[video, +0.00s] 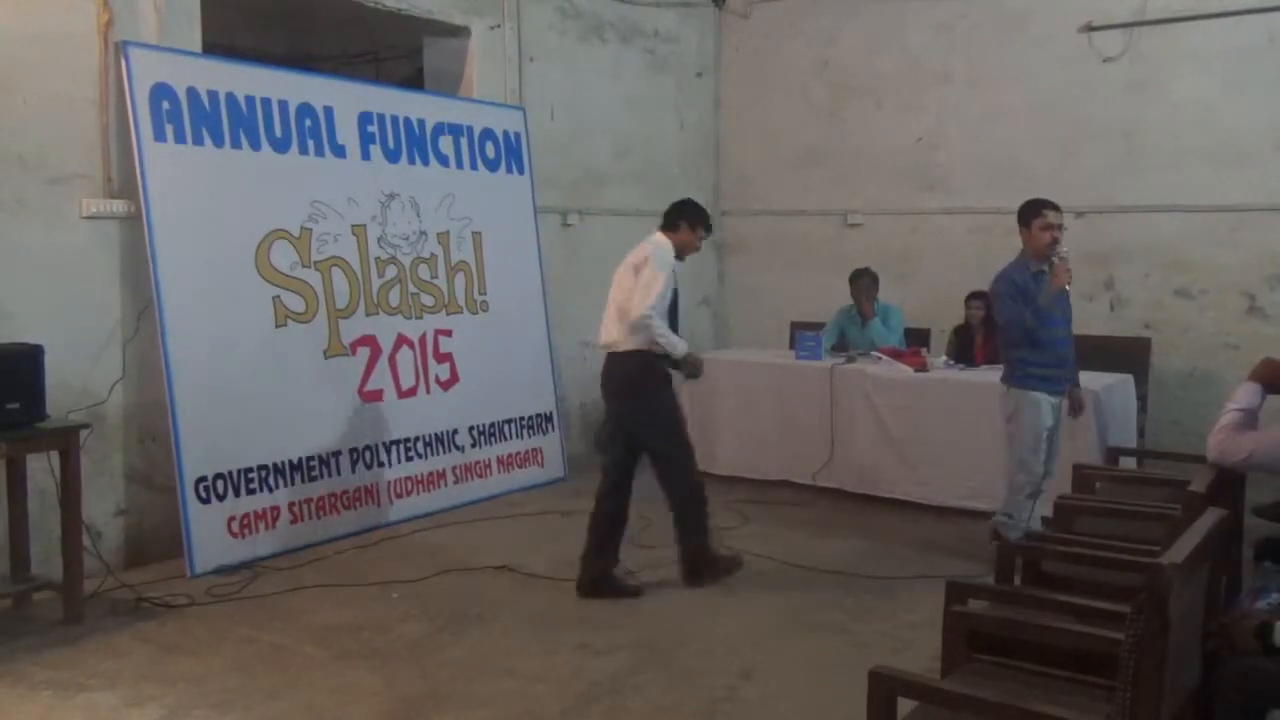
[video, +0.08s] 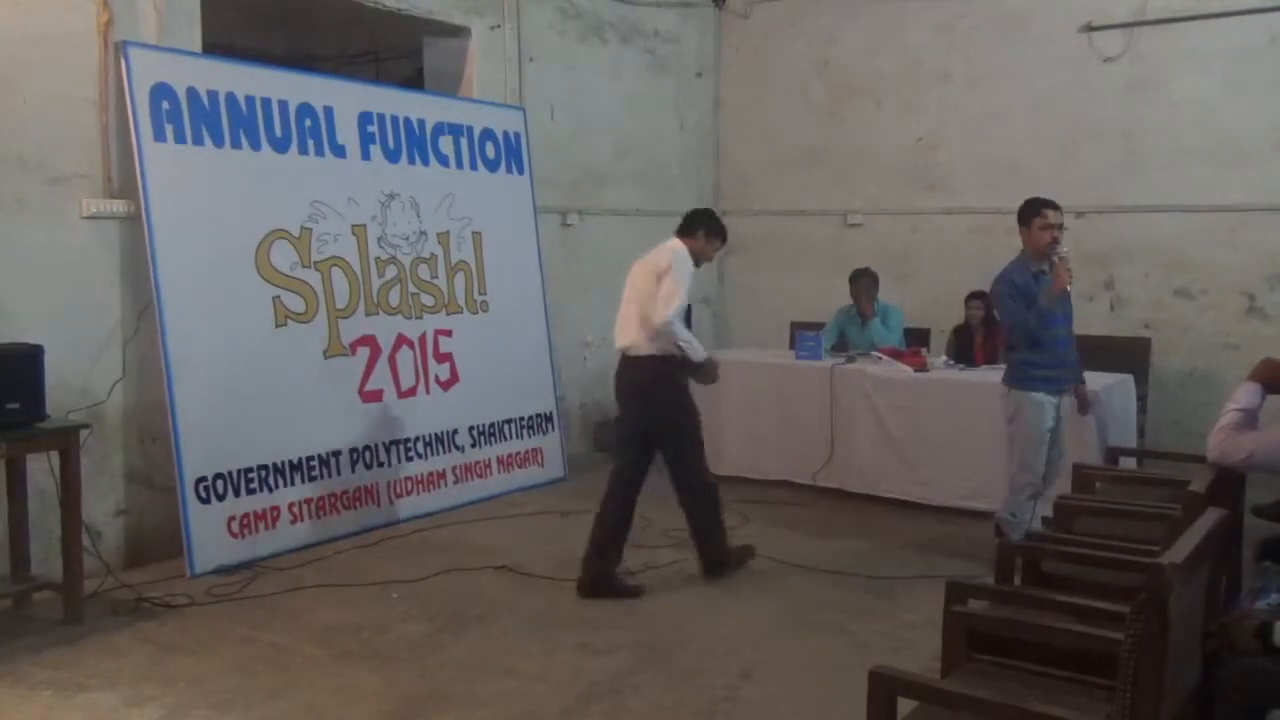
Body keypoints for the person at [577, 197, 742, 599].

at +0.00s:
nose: (699, 247)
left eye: (701, 240)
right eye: (699, 237)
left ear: (672, 227)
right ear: (682, 227)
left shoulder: (637, 255)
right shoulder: (661, 255)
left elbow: (629, 325)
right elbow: (641, 315)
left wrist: (672, 357)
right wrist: (682, 351)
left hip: (618, 369)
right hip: (642, 369)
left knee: (617, 473)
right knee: (679, 467)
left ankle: (596, 572)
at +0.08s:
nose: (713, 256)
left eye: (716, 249)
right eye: (713, 247)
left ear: (688, 233)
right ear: (698, 235)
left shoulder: (649, 258)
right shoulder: (678, 257)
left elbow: (642, 325)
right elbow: (664, 318)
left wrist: (685, 359)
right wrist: (700, 357)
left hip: (633, 372)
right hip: (659, 373)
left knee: (626, 475)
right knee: (691, 471)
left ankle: (597, 573)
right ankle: (715, 555)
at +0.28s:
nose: (747, 240)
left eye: (749, 232)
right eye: (747, 231)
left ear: (715, 222)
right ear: (733, 224)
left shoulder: (676, 257)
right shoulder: (726, 259)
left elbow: (676, 317)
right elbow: (731, 323)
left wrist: (721, 359)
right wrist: (744, 360)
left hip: (671, 363)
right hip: (705, 365)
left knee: (686, 457)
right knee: (723, 464)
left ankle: (639, 533)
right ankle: (718, 556)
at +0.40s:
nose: (755, 224)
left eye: (757, 217)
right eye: (755, 217)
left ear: (721, 212)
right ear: (743, 214)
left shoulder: (689, 252)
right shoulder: (744, 251)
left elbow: (694, 311)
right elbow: (772, 308)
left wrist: (735, 355)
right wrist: (783, 346)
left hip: (690, 355)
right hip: (721, 356)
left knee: (723, 444)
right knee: (732, 452)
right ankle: (717, 554)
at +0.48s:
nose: (765, 223)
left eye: (765, 216)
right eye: (764, 216)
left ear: (728, 213)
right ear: (753, 214)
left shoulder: (698, 255)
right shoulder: (755, 250)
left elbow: (702, 306)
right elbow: (791, 298)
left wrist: (744, 344)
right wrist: (805, 329)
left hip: (704, 356)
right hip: (736, 356)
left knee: (750, 437)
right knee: (737, 448)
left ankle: (739, 521)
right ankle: (716, 552)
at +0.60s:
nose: (778, 230)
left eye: (779, 223)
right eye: (778, 223)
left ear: (742, 222)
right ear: (766, 222)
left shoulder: (713, 262)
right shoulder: (771, 257)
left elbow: (714, 312)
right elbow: (803, 304)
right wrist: (835, 337)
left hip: (725, 362)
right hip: (758, 362)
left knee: (758, 443)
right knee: (745, 455)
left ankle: (777, 517)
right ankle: (718, 552)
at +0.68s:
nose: (788, 232)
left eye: (788, 226)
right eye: (787, 225)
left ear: (752, 224)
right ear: (776, 224)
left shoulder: (727, 265)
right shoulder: (781, 259)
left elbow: (728, 317)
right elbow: (807, 316)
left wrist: (773, 331)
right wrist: (844, 349)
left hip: (738, 360)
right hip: (771, 361)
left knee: (765, 444)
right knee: (759, 449)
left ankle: (781, 521)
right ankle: (724, 544)